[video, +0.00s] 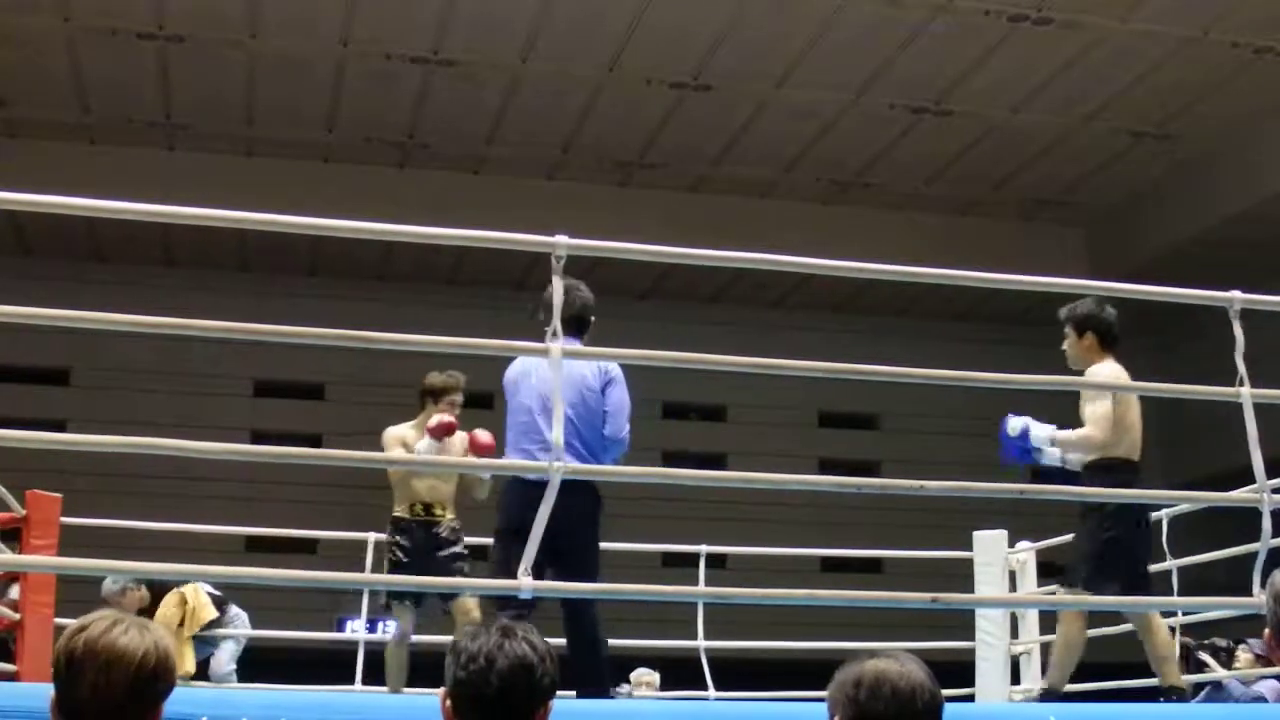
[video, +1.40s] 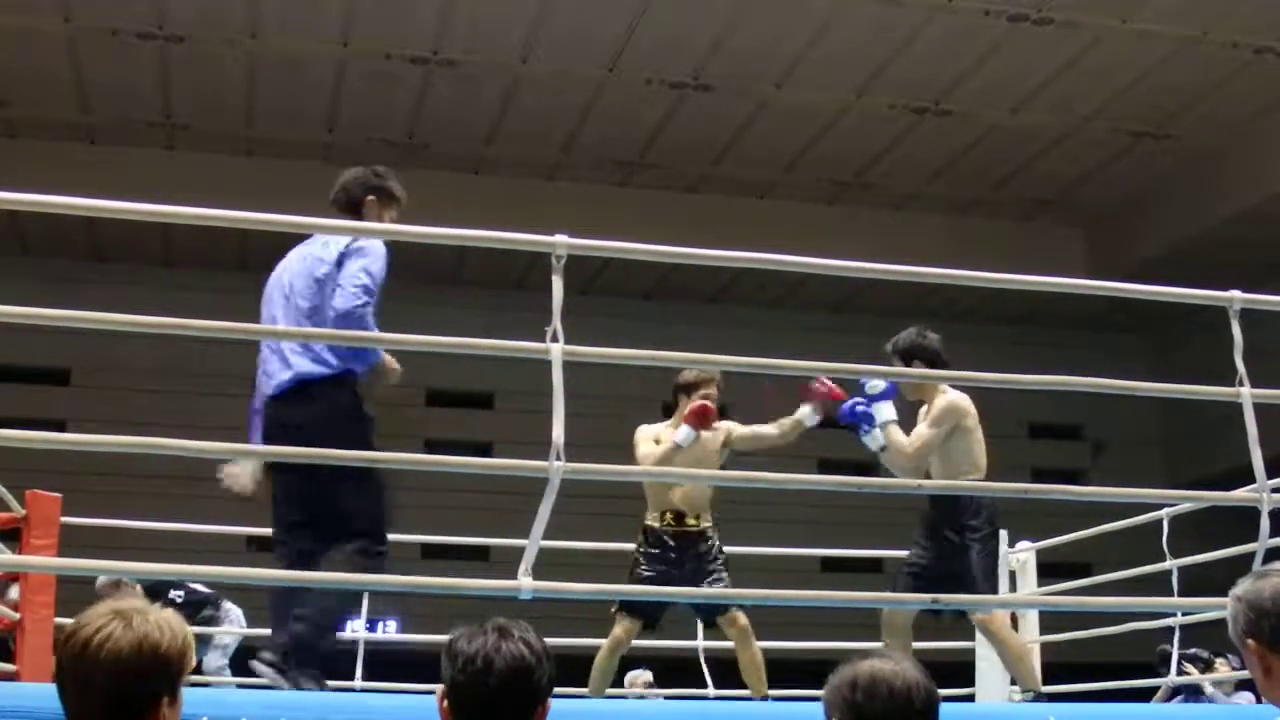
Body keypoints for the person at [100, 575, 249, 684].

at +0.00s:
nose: (119, 609)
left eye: (119, 603)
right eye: (115, 605)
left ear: (135, 591)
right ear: (134, 592)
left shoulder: (170, 597)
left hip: (232, 622)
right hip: (201, 627)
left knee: (219, 670)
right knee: (175, 663)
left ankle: (234, 711)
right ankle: (180, 710)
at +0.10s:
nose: (119, 609)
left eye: (119, 603)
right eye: (115, 605)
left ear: (131, 591)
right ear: (130, 592)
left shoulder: (166, 594)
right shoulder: (144, 609)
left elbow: (202, 601)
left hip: (233, 621)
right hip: (203, 628)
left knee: (219, 670)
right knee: (174, 663)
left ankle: (235, 711)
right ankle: (179, 709)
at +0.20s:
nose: (121, 608)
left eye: (119, 602)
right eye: (117, 604)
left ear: (131, 589)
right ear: (130, 590)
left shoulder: (172, 595)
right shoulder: (147, 607)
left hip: (233, 619)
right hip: (202, 625)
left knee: (219, 669)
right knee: (178, 662)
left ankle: (235, 712)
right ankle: (181, 709)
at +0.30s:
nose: (124, 608)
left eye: (121, 602)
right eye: (119, 604)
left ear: (130, 588)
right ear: (127, 591)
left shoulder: (172, 594)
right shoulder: (148, 600)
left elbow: (221, 601)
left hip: (233, 617)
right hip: (205, 618)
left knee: (220, 666)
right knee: (181, 663)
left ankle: (237, 710)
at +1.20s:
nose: (116, 610)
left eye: (116, 602)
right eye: (111, 605)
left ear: (130, 592)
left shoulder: (160, 591)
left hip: (228, 620)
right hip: (201, 630)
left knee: (217, 668)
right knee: (175, 666)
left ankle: (237, 708)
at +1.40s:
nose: (116, 606)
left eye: (115, 599)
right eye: (111, 601)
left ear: (126, 591)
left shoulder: (157, 595)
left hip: (227, 616)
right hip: (205, 621)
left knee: (213, 665)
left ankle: (234, 706)